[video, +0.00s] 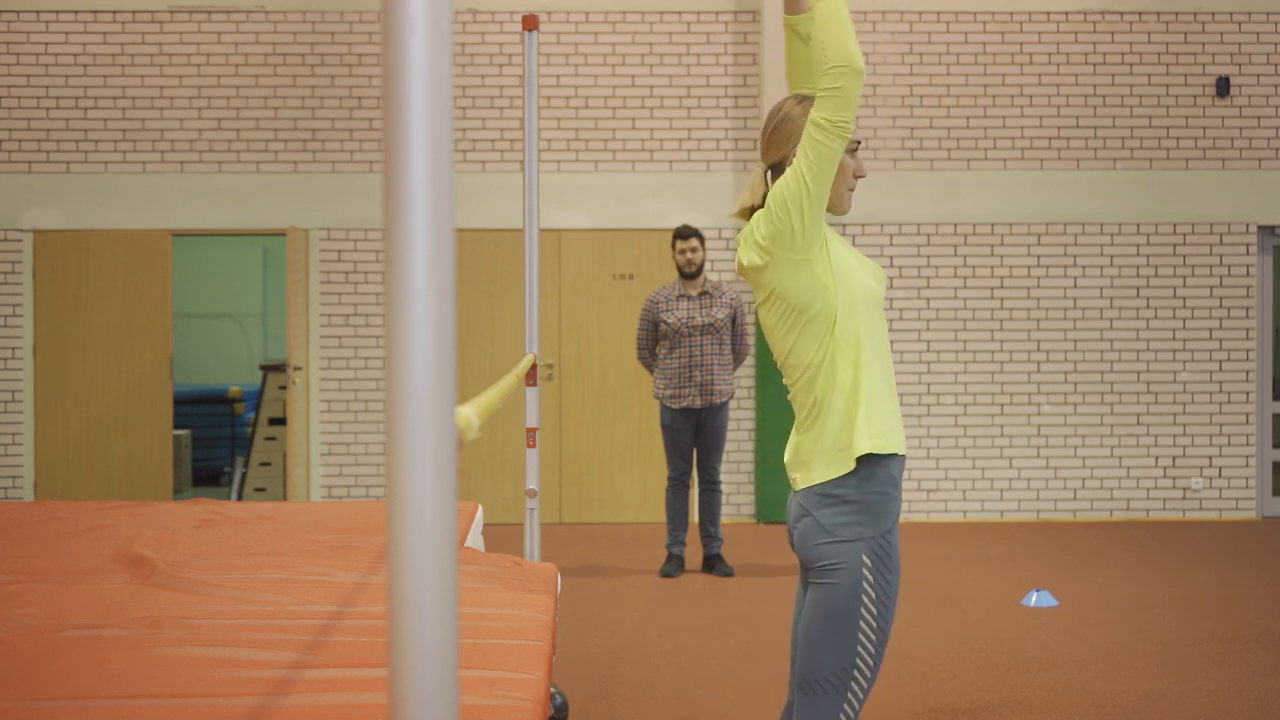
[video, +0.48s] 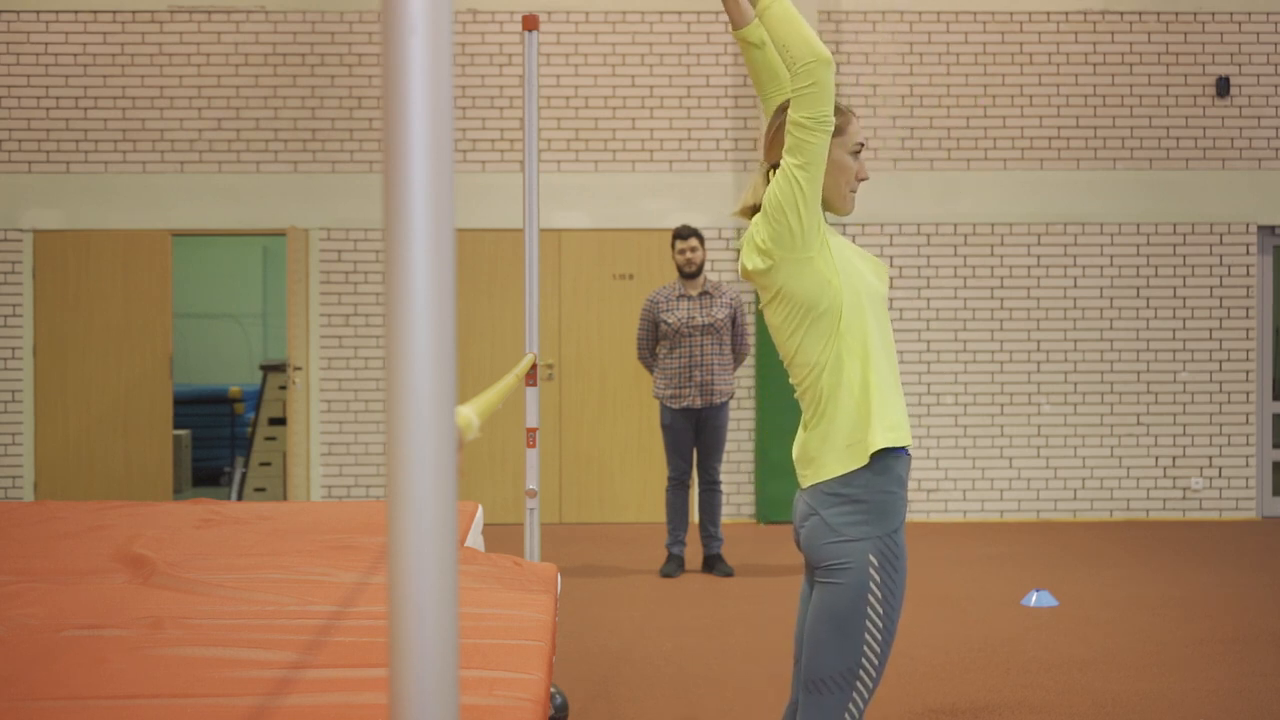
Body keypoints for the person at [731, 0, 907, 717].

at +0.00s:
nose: (863, 166)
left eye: (860, 151)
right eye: (850, 150)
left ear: (795, 157)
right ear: (807, 157)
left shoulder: (793, 233)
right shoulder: (785, 235)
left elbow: (814, 88)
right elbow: (842, 78)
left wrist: (796, 3)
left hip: (848, 489)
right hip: (847, 493)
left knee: (821, 697)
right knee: (830, 701)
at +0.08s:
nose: (862, 167)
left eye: (860, 152)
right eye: (851, 151)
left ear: (795, 159)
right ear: (805, 157)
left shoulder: (789, 234)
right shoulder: (788, 235)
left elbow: (805, 93)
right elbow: (836, 76)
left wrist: (782, 9)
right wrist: (801, 0)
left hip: (845, 489)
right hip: (851, 492)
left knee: (819, 697)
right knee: (832, 700)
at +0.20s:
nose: (863, 168)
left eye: (860, 154)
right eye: (852, 152)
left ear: (799, 159)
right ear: (806, 156)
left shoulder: (798, 235)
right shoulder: (787, 231)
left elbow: (800, 101)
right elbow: (826, 78)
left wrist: (765, 15)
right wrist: (779, 6)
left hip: (855, 489)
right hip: (852, 492)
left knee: (821, 700)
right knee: (833, 703)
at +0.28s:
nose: (863, 169)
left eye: (862, 154)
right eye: (853, 152)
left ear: (797, 156)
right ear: (804, 155)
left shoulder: (793, 236)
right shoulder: (788, 233)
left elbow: (797, 106)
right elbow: (823, 76)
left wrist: (754, 16)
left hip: (852, 487)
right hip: (853, 491)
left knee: (819, 699)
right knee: (834, 703)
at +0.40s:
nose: (864, 169)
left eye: (863, 154)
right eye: (853, 152)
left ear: (802, 156)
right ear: (806, 154)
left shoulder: (795, 236)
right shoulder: (788, 234)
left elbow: (790, 110)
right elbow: (817, 70)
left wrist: (744, 18)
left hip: (853, 487)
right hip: (854, 492)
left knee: (819, 701)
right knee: (836, 704)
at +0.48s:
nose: (864, 169)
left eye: (863, 154)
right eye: (853, 153)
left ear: (805, 157)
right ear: (806, 154)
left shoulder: (797, 236)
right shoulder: (787, 234)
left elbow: (790, 110)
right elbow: (815, 71)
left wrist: (741, 20)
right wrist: (757, 0)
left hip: (857, 486)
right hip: (852, 491)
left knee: (822, 700)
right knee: (836, 703)